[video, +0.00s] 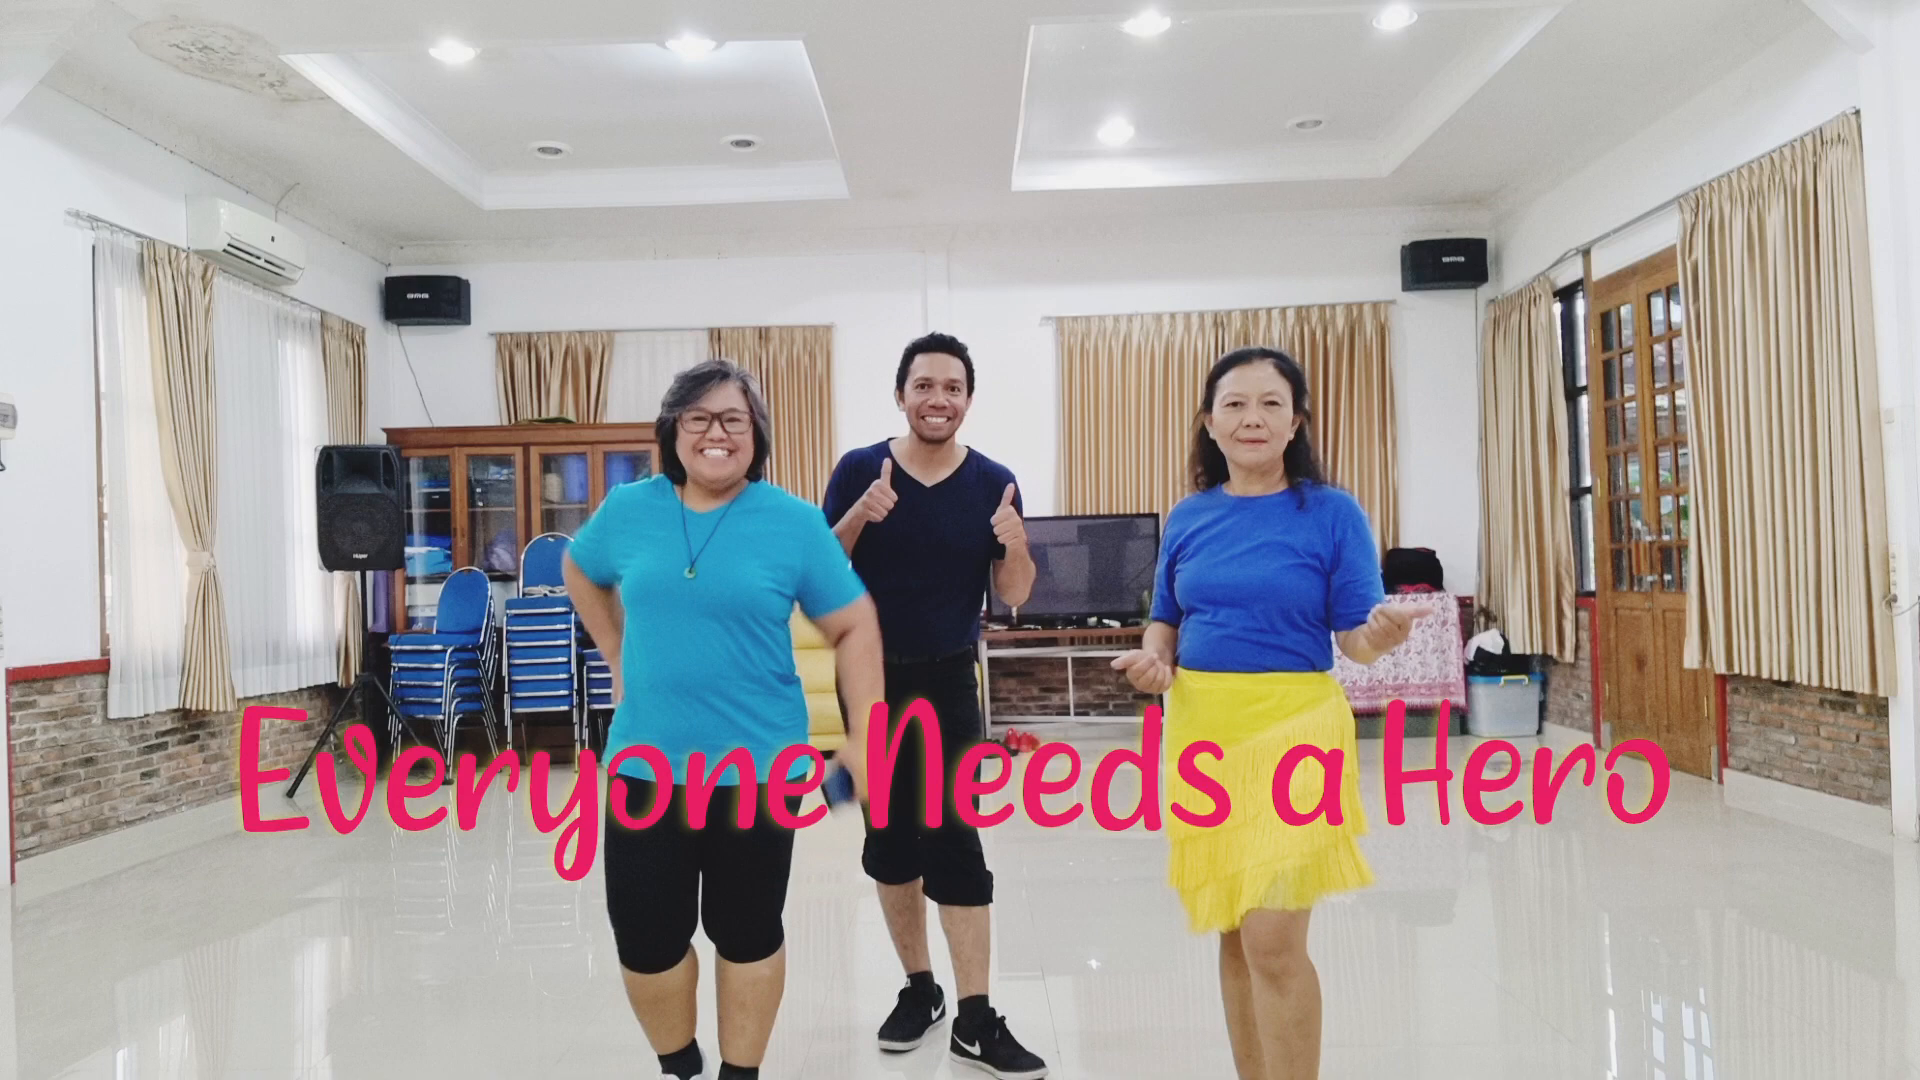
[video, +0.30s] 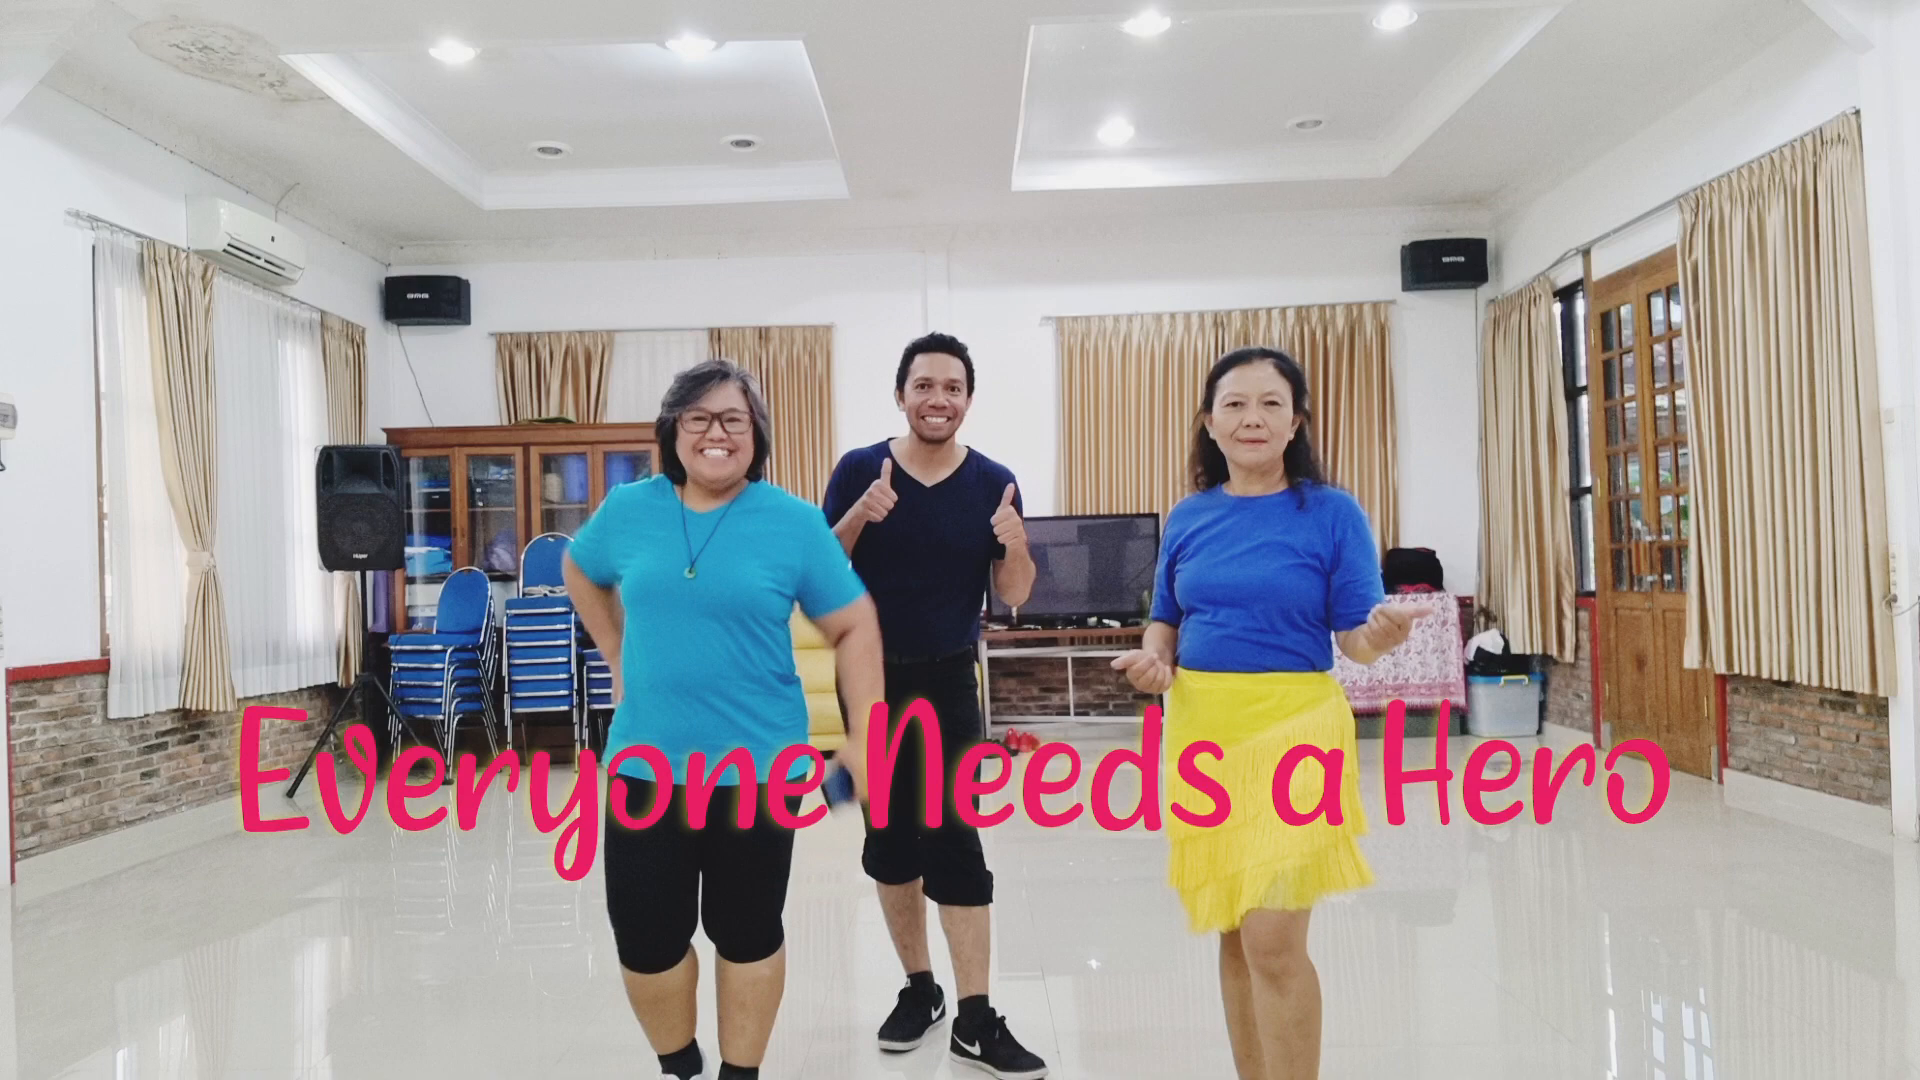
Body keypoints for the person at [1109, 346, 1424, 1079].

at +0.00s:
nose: (1252, 418)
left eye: (1270, 404)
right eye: (1234, 404)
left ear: (1295, 421)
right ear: (1210, 421)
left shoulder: (1333, 512)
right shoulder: (1186, 517)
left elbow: (1356, 643)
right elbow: (1163, 628)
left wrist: (1380, 635)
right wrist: (1151, 660)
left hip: (1297, 723)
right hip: (1204, 724)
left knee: (1272, 941)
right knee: (1237, 941)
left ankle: (1296, 1077)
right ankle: (1254, 1078)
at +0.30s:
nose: (1252, 418)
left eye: (1270, 404)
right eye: (1234, 404)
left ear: (1295, 421)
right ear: (1210, 421)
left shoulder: (1333, 512)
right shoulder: (1186, 517)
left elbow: (1356, 643)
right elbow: (1163, 628)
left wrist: (1380, 635)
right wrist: (1151, 660)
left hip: (1297, 723)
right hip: (1204, 724)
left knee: (1272, 941)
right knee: (1237, 941)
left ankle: (1296, 1077)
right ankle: (1254, 1078)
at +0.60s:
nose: (1252, 418)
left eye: (1270, 404)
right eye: (1234, 404)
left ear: (1295, 421)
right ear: (1210, 421)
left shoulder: (1333, 512)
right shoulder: (1186, 517)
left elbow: (1356, 643)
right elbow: (1163, 628)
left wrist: (1380, 635)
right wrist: (1151, 660)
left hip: (1297, 723)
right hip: (1204, 724)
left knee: (1272, 941)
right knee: (1237, 941)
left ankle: (1296, 1077)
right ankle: (1254, 1078)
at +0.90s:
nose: (1252, 418)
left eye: (1270, 404)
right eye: (1234, 404)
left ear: (1295, 421)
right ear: (1210, 421)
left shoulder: (1333, 512)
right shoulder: (1186, 517)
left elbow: (1356, 643)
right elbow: (1163, 628)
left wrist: (1380, 635)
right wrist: (1151, 660)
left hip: (1297, 723)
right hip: (1204, 724)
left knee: (1272, 941)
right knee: (1237, 941)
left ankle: (1296, 1077)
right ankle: (1254, 1078)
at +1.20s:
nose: (1252, 418)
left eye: (1270, 404)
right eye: (1234, 404)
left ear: (1295, 421)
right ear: (1210, 421)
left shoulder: (1333, 512)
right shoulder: (1186, 517)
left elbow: (1356, 643)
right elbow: (1163, 628)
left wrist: (1380, 635)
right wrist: (1151, 660)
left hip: (1297, 723)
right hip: (1204, 724)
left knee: (1272, 941)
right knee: (1237, 941)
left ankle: (1296, 1077)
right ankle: (1254, 1078)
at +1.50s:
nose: (1252, 418)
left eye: (1270, 404)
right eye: (1234, 404)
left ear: (1295, 421)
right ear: (1210, 421)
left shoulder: (1333, 512)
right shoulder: (1186, 517)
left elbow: (1356, 643)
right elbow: (1163, 628)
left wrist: (1380, 635)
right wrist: (1151, 660)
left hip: (1297, 723)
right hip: (1204, 724)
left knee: (1272, 941)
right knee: (1237, 941)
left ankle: (1296, 1077)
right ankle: (1254, 1078)